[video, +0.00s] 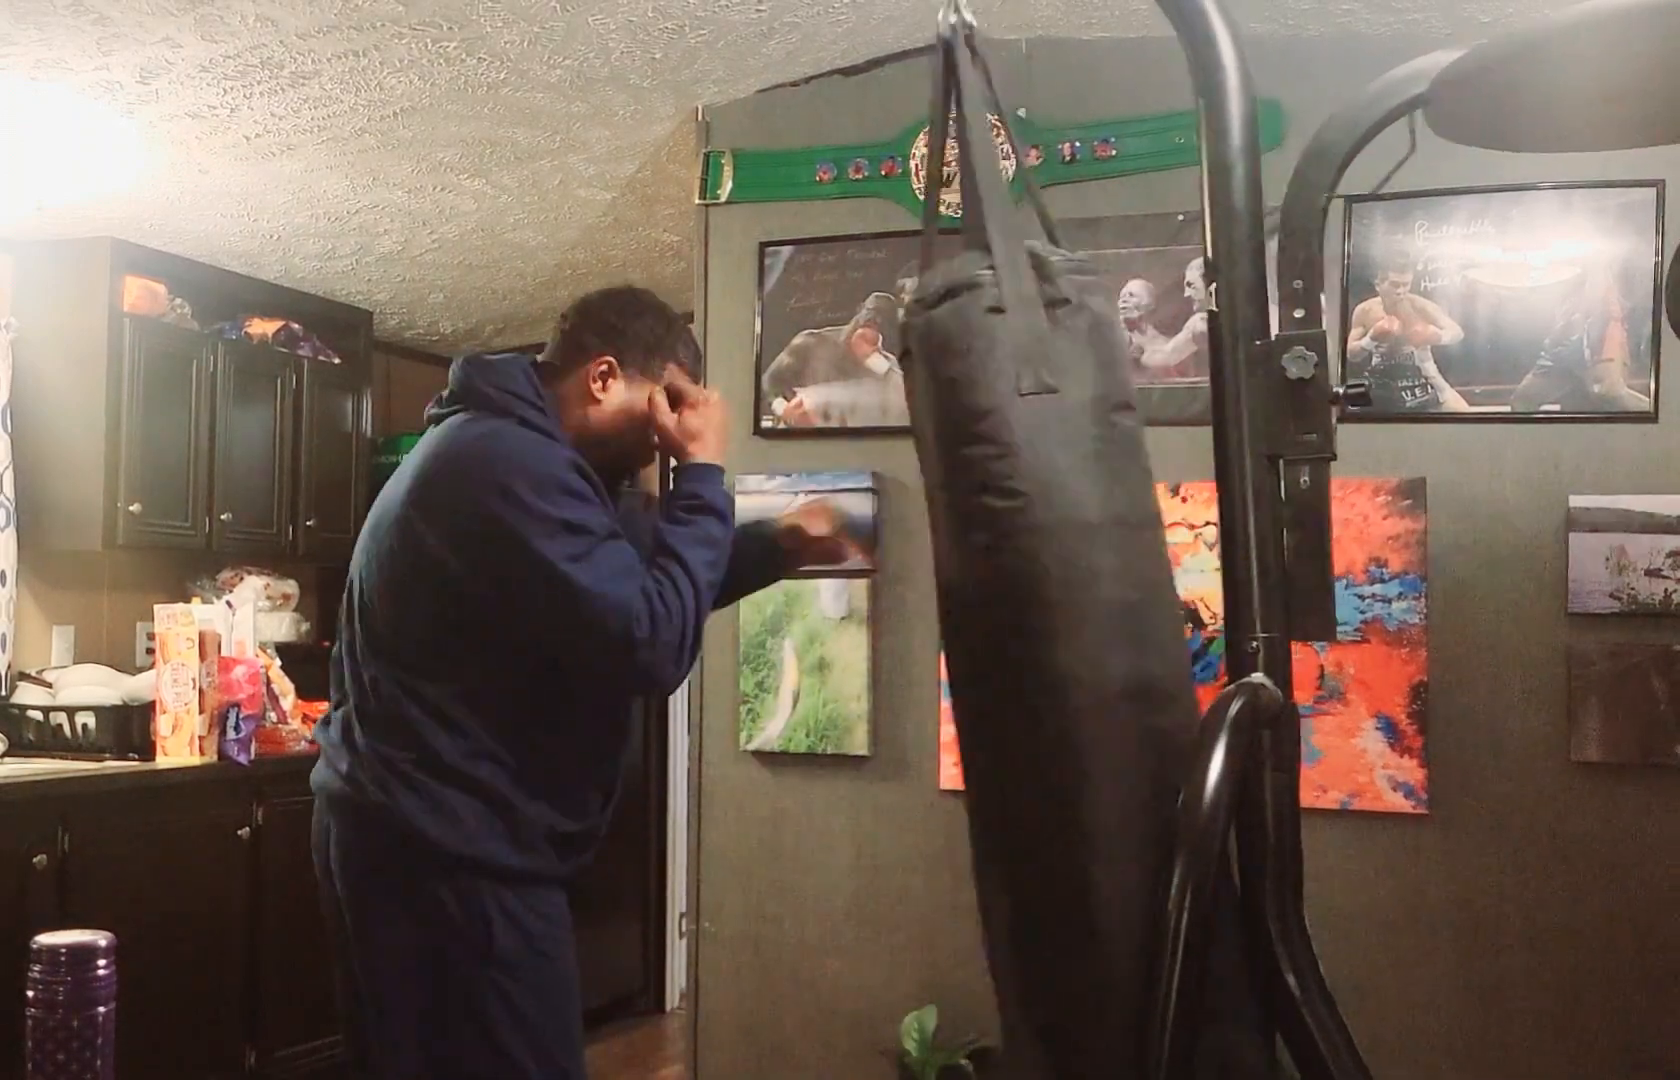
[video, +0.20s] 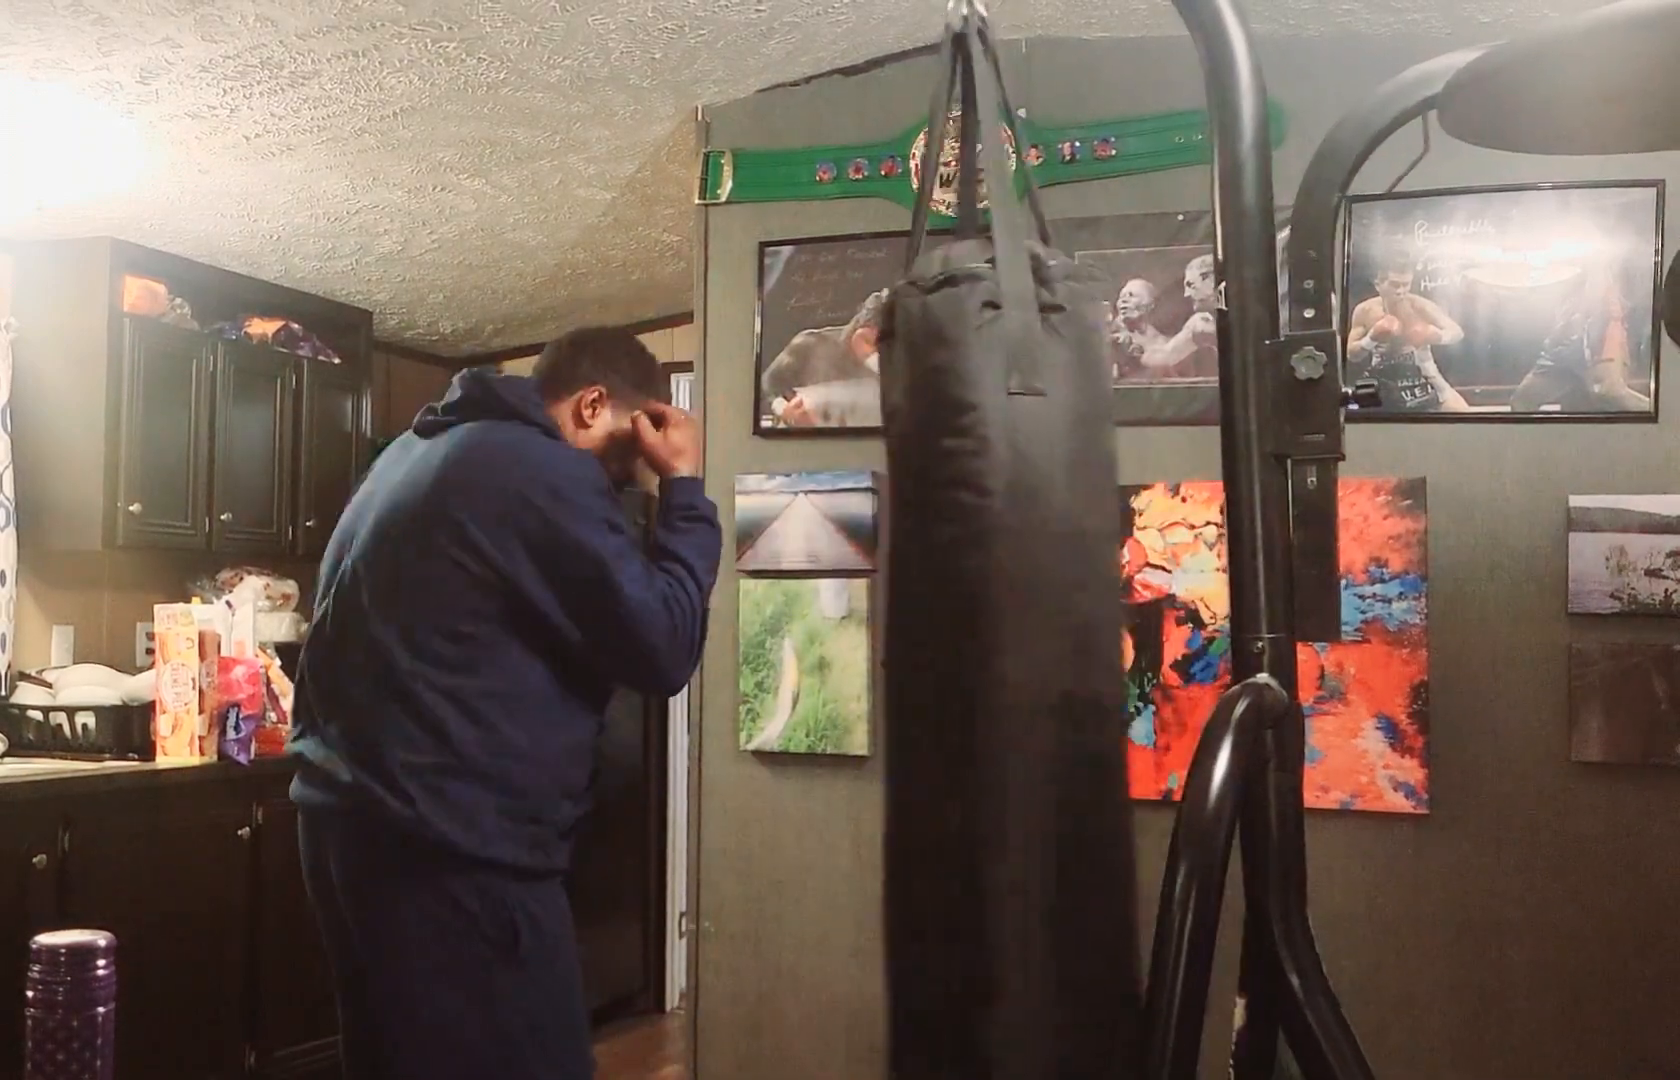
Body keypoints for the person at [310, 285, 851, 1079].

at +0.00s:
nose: (668, 438)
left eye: (679, 414)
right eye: (666, 407)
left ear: (593, 379)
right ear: (604, 379)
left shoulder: (497, 447)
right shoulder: (511, 465)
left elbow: (637, 583)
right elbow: (653, 643)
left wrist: (777, 545)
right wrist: (700, 469)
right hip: (457, 858)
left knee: (447, 1063)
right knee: (521, 1063)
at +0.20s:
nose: (618, 479)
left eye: (625, 469)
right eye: (623, 457)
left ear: (569, 403)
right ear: (590, 408)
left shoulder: (416, 449)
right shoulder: (538, 472)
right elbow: (663, 648)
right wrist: (685, 485)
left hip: (353, 826)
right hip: (462, 850)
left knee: (398, 1059)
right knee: (532, 1063)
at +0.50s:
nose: (654, 542)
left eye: (654, 528)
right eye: (651, 523)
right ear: (617, 494)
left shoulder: (409, 516)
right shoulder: (578, 511)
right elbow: (681, 690)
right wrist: (694, 547)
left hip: (339, 850)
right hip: (487, 857)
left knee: (386, 1062)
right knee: (609, 1065)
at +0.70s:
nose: (732, 561)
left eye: (738, 547)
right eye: (735, 544)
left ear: (662, 488)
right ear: (713, 511)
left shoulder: (519, 516)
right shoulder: (676, 546)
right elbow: (720, 720)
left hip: (404, 831)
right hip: (548, 852)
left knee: (419, 1058)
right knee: (598, 1056)